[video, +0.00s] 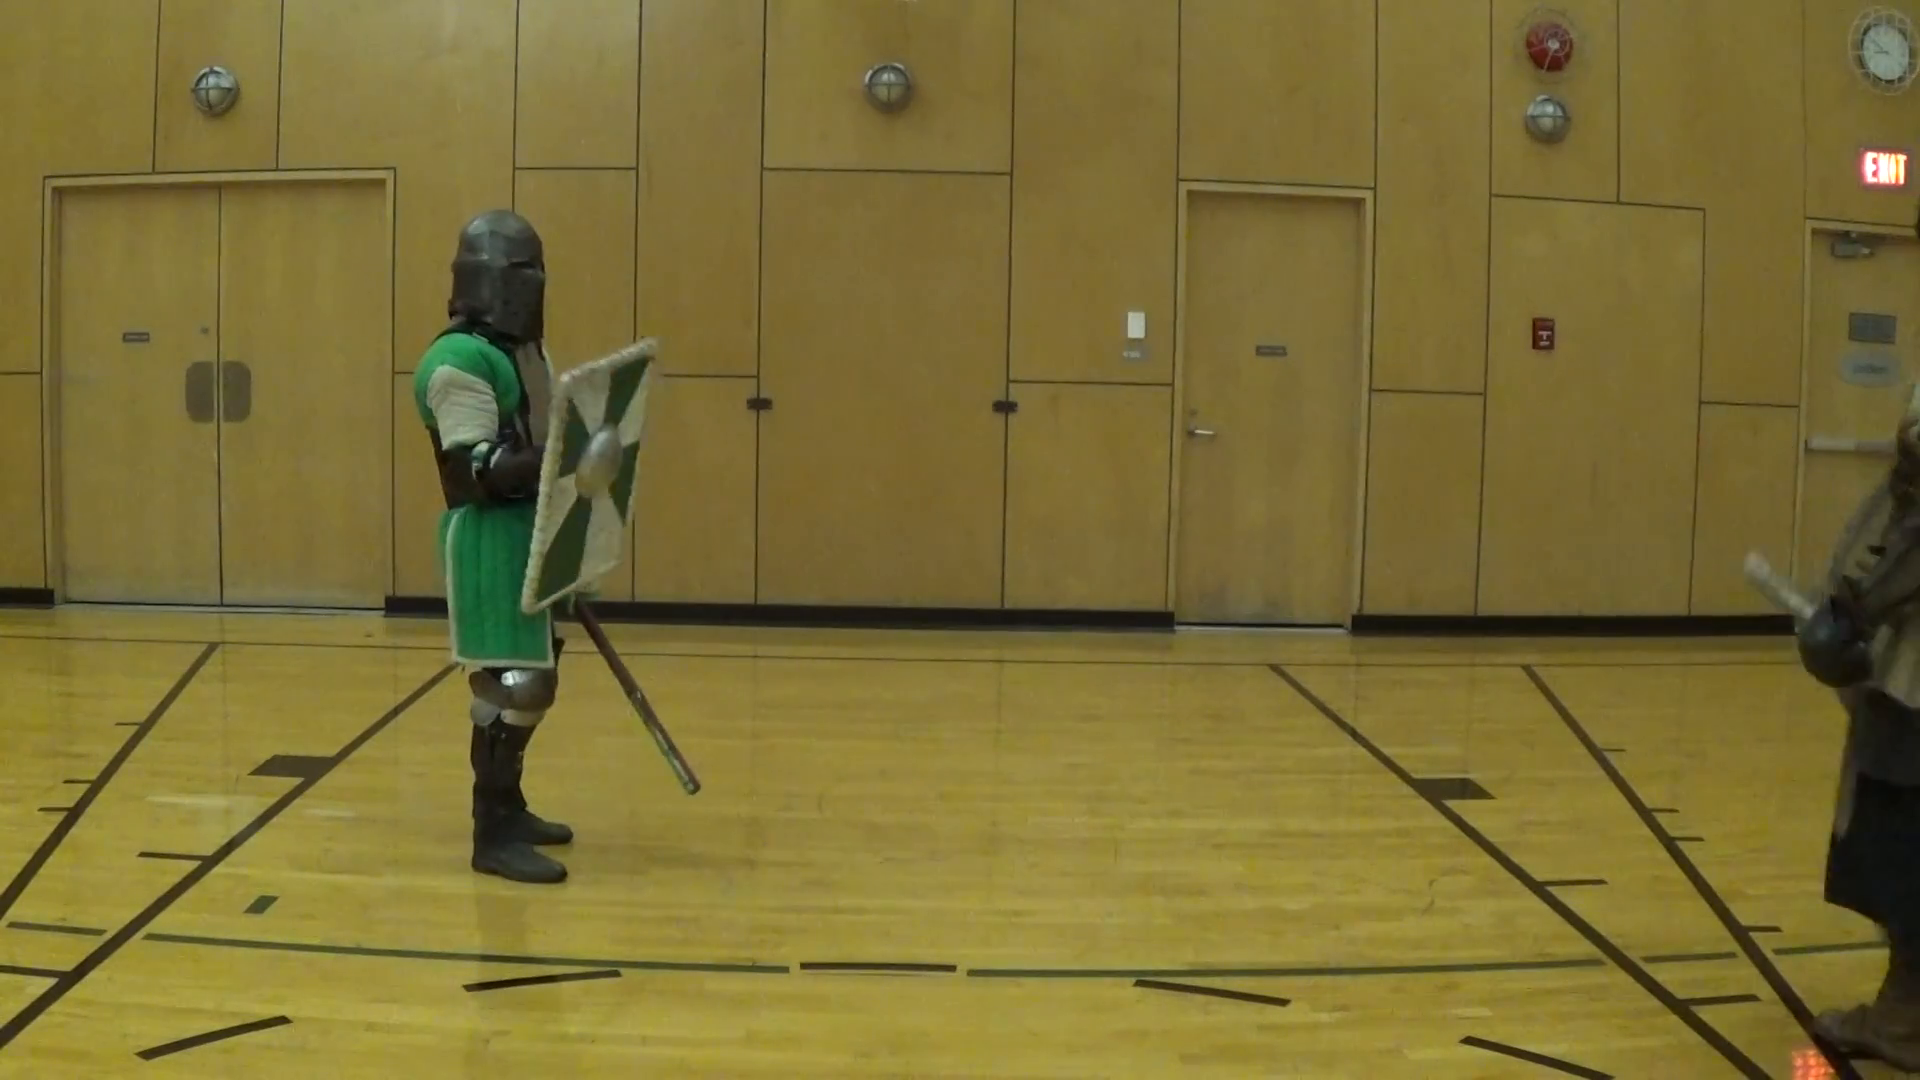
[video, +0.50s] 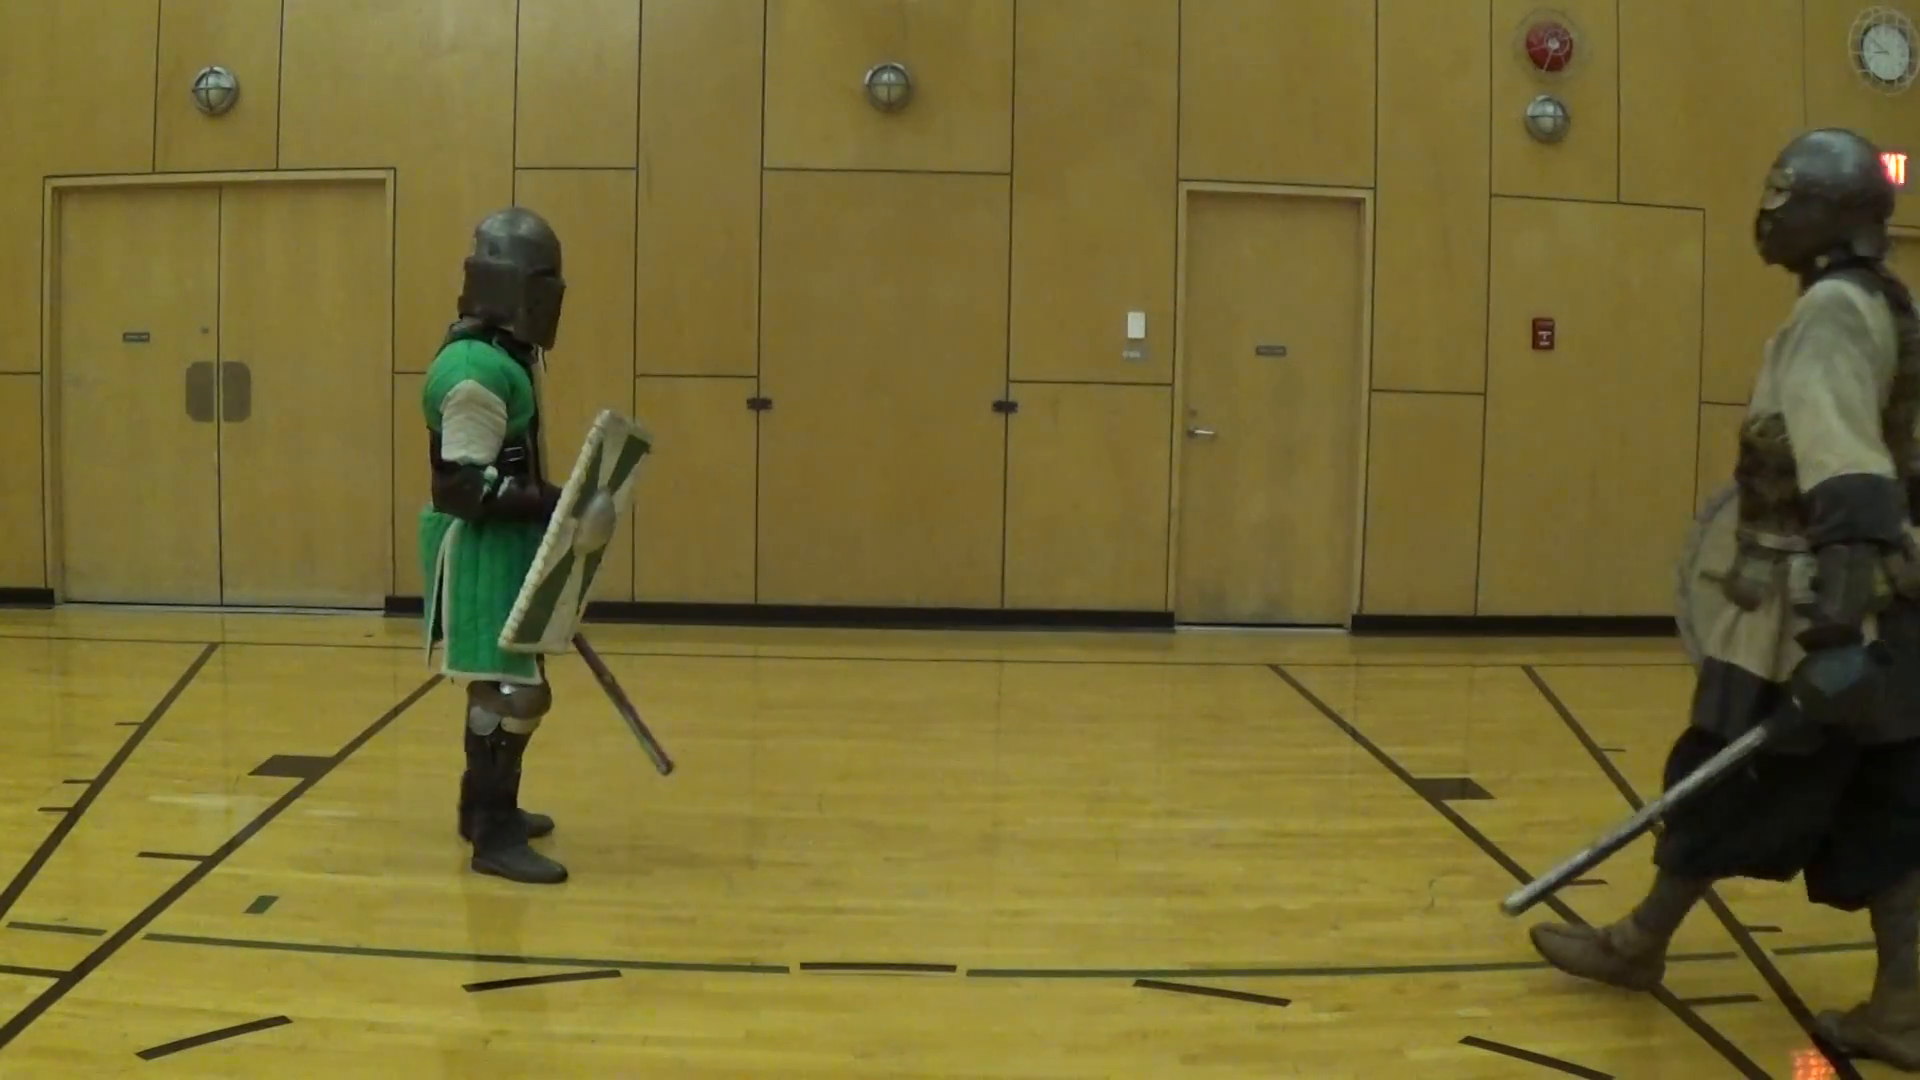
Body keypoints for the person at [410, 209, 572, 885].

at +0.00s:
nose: (533, 285)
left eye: (535, 272)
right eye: (520, 272)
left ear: (531, 277)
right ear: (481, 279)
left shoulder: (526, 357)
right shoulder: (457, 361)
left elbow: (549, 464)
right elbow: (473, 475)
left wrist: (566, 569)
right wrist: (568, 458)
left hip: (526, 531)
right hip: (483, 534)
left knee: (526, 678)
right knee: (511, 682)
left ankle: (506, 810)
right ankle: (492, 836)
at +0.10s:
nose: (539, 286)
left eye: (539, 272)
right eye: (526, 272)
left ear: (526, 280)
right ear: (489, 280)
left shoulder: (522, 357)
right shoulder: (462, 362)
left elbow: (536, 462)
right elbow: (469, 479)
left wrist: (565, 569)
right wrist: (567, 468)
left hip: (518, 529)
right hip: (483, 533)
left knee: (513, 679)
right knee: (519, 682)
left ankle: (506, 810)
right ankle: (493, 836)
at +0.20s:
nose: (543, 287)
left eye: (543, 274)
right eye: (531, 274)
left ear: (525, 280)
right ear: (497, 280)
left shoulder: (522, 356)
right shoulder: (466, 363)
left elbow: (525, 461)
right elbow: (467, 481)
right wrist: (565, 479)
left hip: (517, 535)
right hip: (483, 539)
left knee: (515, 679)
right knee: (513, 683)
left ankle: (505, 809)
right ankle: (492, 837)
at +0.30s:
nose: (550, 289)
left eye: (548, 276)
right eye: (539, 276)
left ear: (496, 282)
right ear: (508, 282)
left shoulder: (514, 359)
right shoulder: (471, 365)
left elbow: (514, 469)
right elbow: (465, 484)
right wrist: (560, 490)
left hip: (513, 539)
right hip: (484, 544)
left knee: (517, 682)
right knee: (509, 686)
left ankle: (506, 810)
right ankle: (492, 837)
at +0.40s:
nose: (555, 295)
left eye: (553, 282)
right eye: (545, 282)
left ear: (496, 284)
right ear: (516, 287)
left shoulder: (507, 362)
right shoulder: (475, 368)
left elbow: (512, 478)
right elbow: (462, 486)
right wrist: (559, 500)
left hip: (504, 545)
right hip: (479, 548)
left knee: (514, 686)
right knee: (509, 691)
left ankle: (506, 810)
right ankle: (493, 837)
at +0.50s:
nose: (554, 299)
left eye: (552, 286)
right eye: (547, 286)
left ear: (493, 285)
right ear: (519, 289)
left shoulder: (498, 363)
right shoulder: (475, 369)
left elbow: (498, 477)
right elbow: (461, 486)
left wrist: (562, 508)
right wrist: (561, 507)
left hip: (497, 544)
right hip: (480, 547)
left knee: (498, 683)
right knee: (516, 690)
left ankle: (486, 808)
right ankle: (494, 838)